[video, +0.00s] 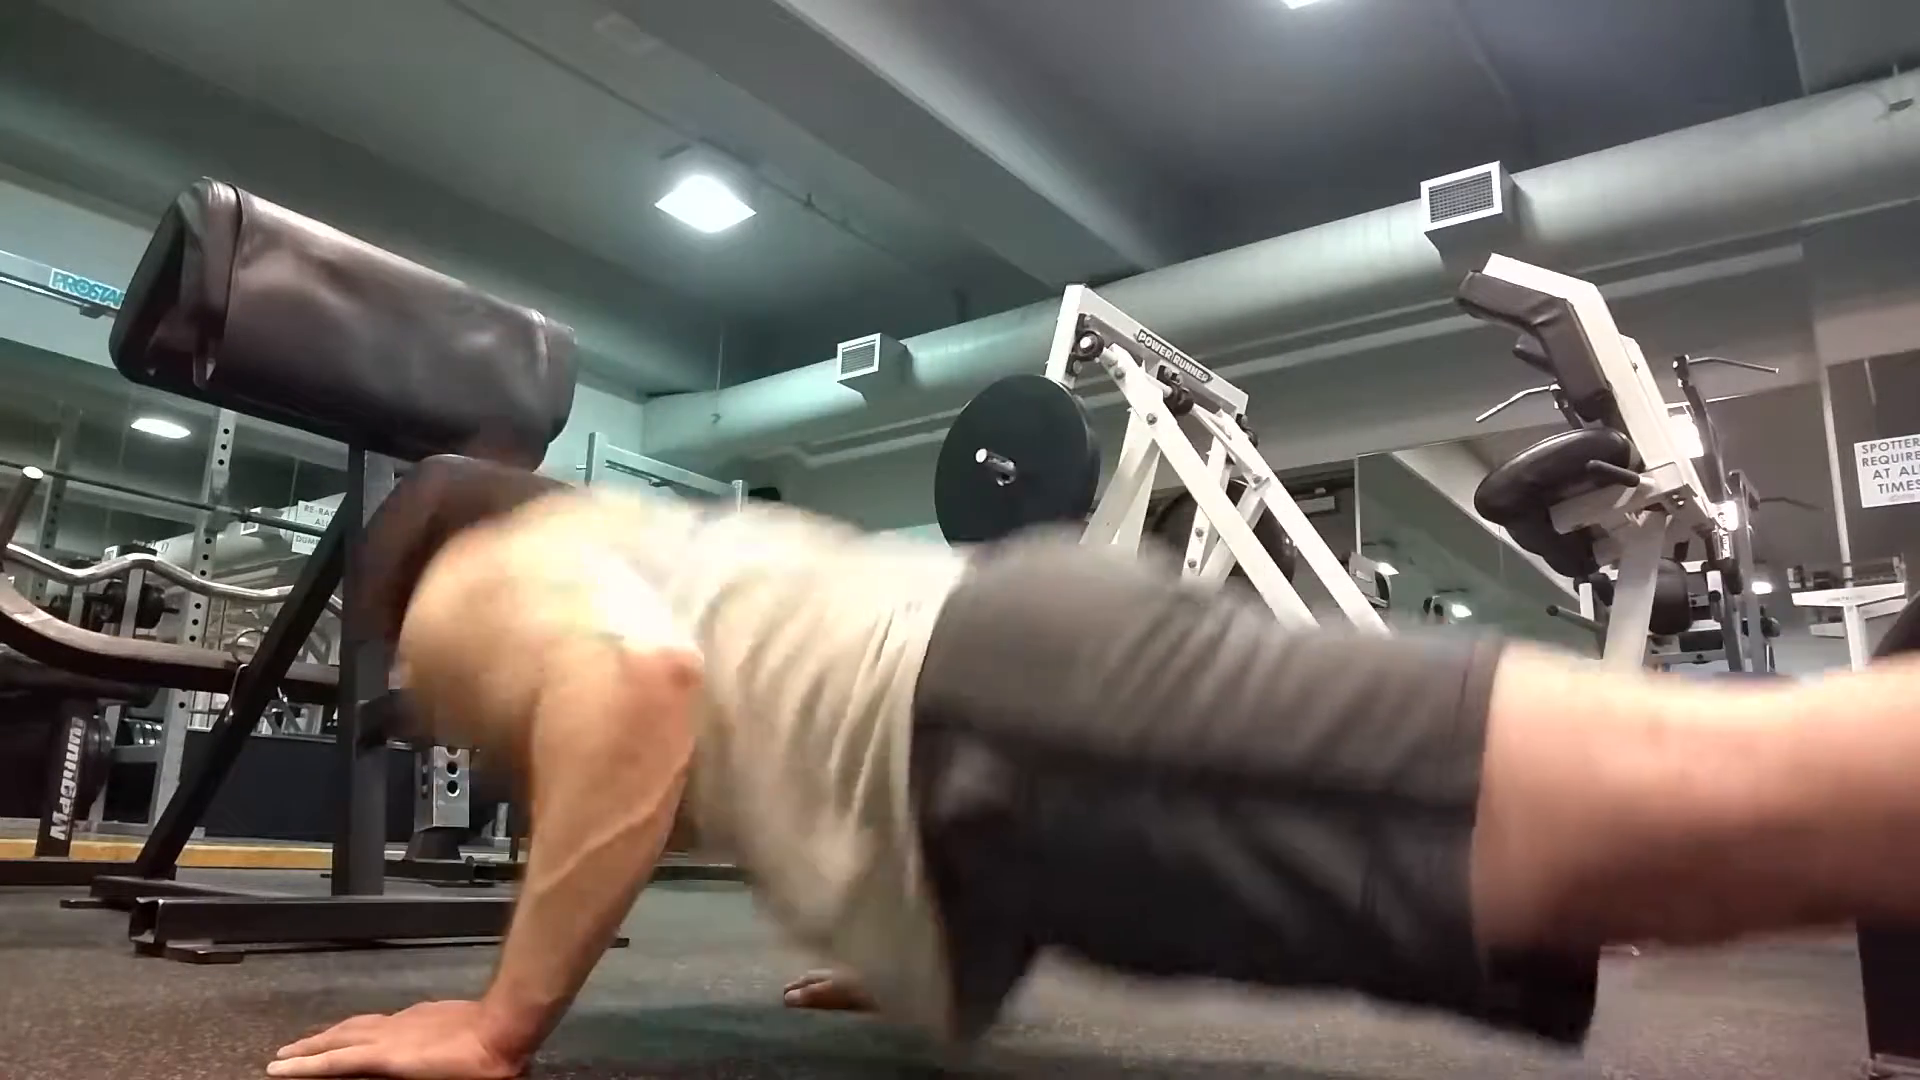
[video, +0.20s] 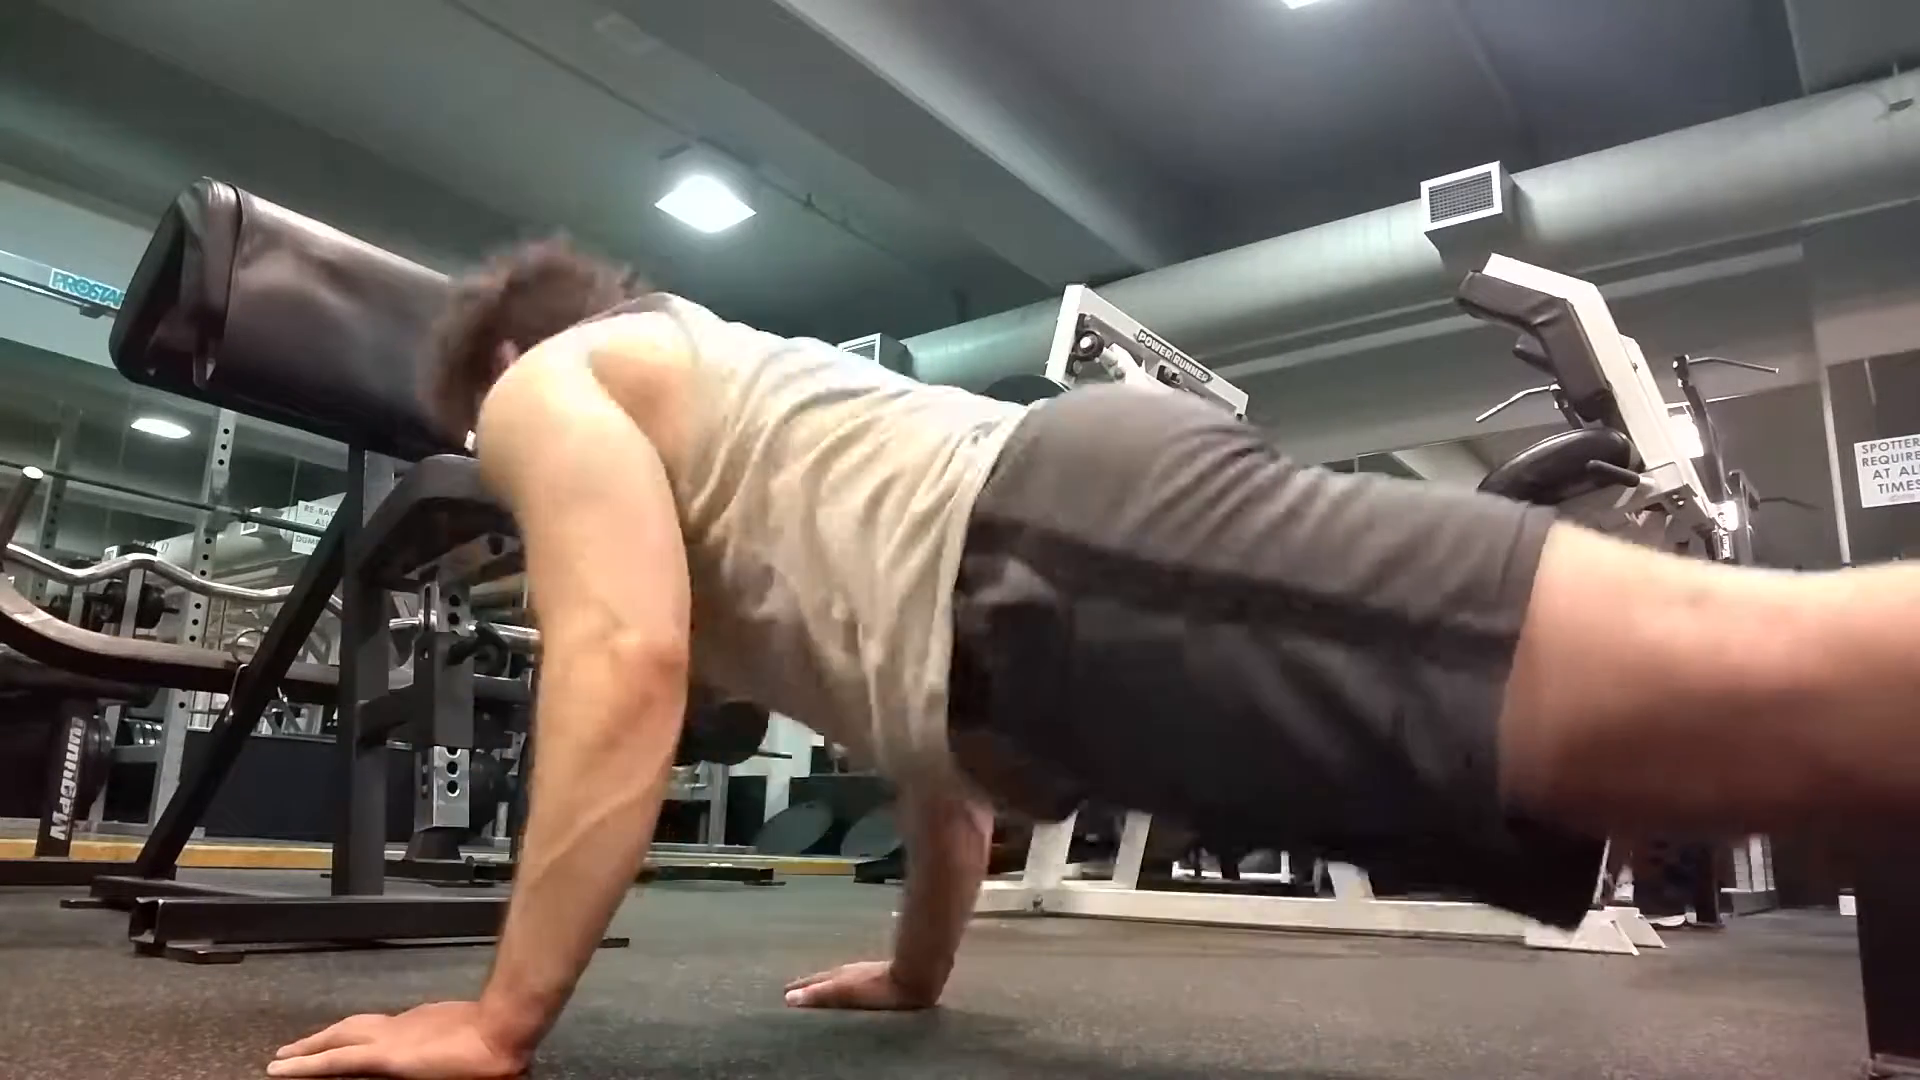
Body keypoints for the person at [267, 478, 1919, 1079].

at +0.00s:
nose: (405, 674)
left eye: (392, 639)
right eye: (399, 651)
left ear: (408, 576)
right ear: (519, 500)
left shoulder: (472, 577)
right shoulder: (659, 538)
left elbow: (628, 693)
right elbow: (849, 645)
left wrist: (494, 1019)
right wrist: (879, 932)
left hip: (995, 715)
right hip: (1029, 687)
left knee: (1712, 812)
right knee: (1704, 805)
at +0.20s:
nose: (490, 457)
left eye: (483, 420)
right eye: (488, 431)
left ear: (515, 352)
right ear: (625, 321)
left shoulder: (552, 385)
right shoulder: (789, 417)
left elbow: (622, 653)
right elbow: (939, 706)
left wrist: (499, 1015)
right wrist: (924, 958)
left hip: (1041, 546)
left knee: (1762, 695)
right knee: (1758, 740)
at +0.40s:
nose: (403, 514)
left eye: (401, 483)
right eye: (397, 486)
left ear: (434, 450)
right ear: (554, 394)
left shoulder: (520, 490)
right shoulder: (708, 474)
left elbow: (649, 679)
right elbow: (942, 694)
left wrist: (503, 1020)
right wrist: (927, 964)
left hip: (1031, 646)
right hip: (1065, 628)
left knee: (1757, 762)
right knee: (1744, 752)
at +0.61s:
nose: (403, 805)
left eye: (389, 779)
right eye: (406, 791)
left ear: (401, 704)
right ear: (510, 640)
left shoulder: (436, 723)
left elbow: (636, 690)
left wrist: (490, 1013)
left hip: (989, 829)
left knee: (1712, 866)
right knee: (1703, 866)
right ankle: (1871, 931)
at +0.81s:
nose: (410, 663)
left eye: (398, 627)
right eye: (405, 639)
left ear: (417, 564)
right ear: (521, 495)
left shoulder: (477, 574)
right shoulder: (656, 538)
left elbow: (629, 688)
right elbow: (866, 665)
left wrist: (496, 1019)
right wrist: (896, 935)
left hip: (1005, 696)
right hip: (1032, 675)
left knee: (1725, 787)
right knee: (1714, 784)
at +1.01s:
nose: (459, 397)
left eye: (455, 364)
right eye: (462, 379)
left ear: (500, 316)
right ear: (606, 296)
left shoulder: (542, 360)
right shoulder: (766, 389)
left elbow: (588, 648)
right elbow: (919, 675)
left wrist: (495, 1017)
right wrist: (922, 959)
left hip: (1067, 507)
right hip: (1086, 548)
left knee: (1762, 656)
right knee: (1742, 676)